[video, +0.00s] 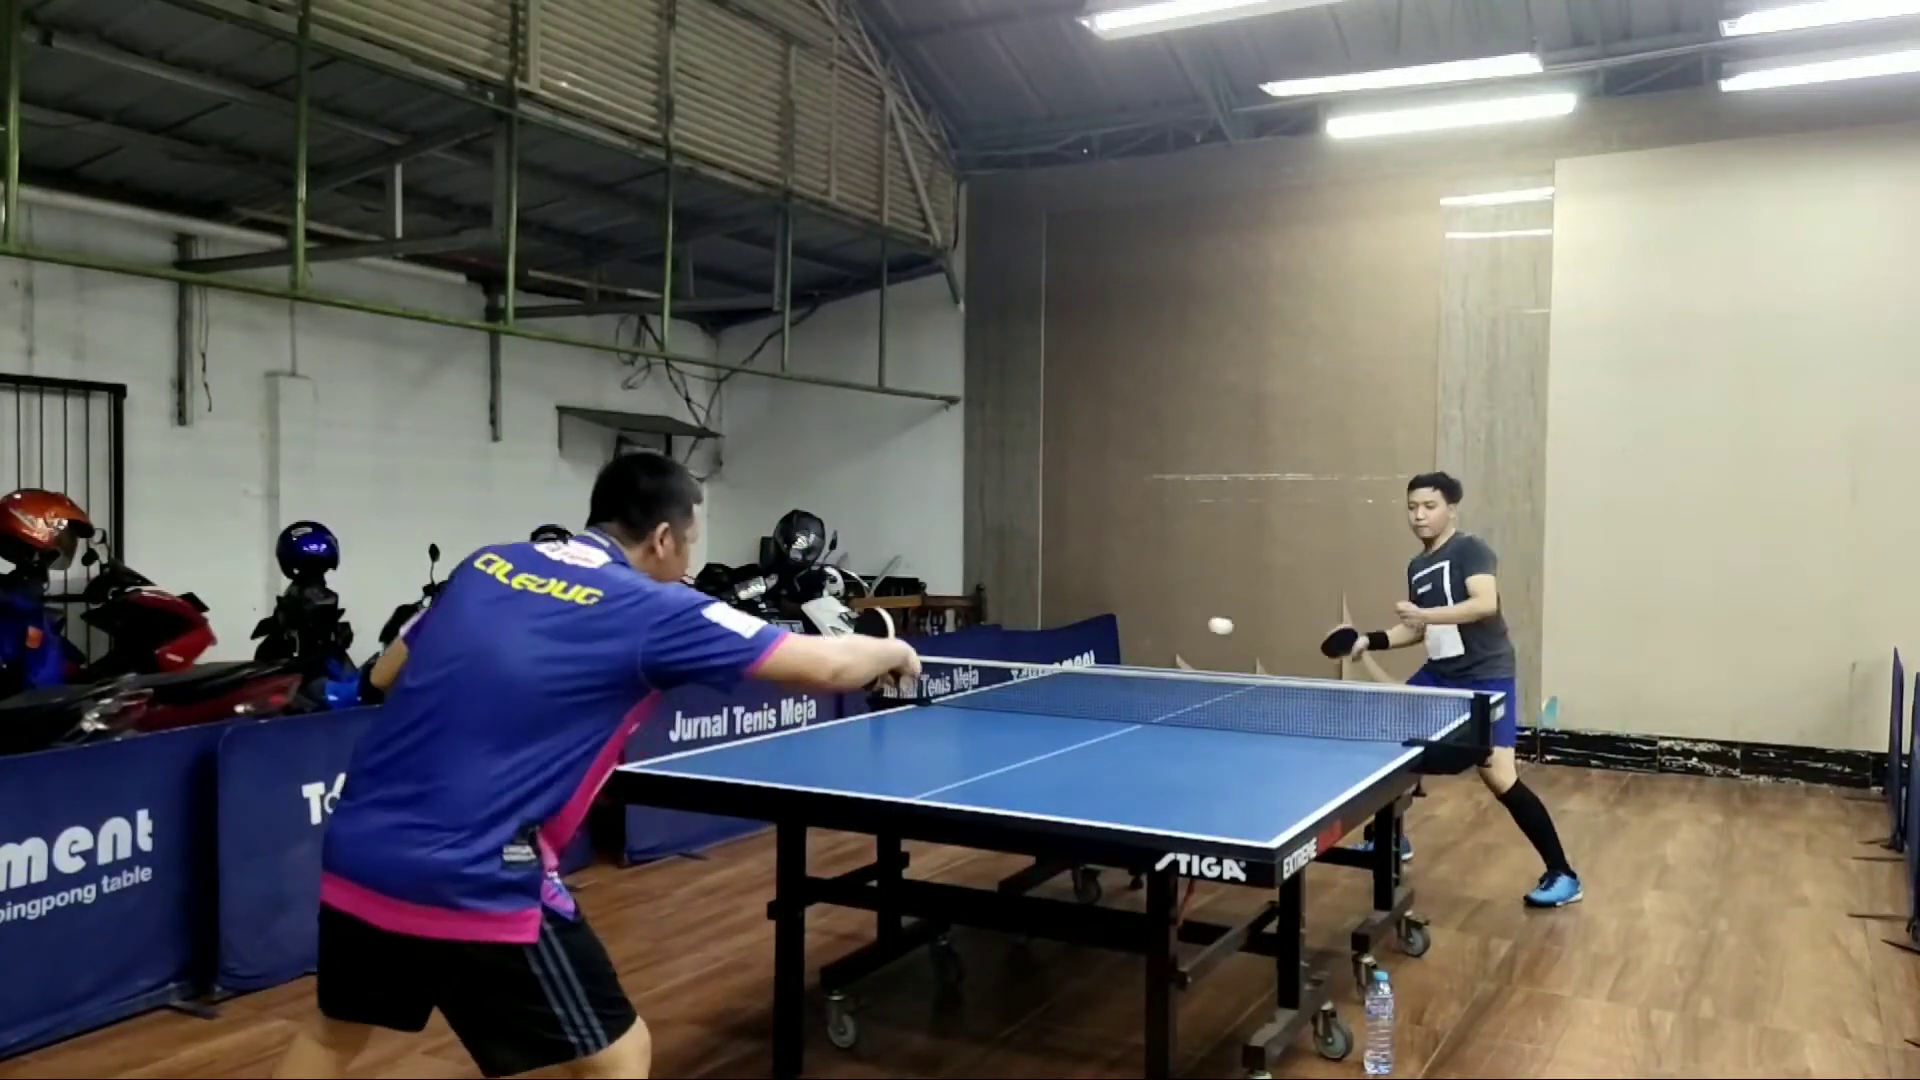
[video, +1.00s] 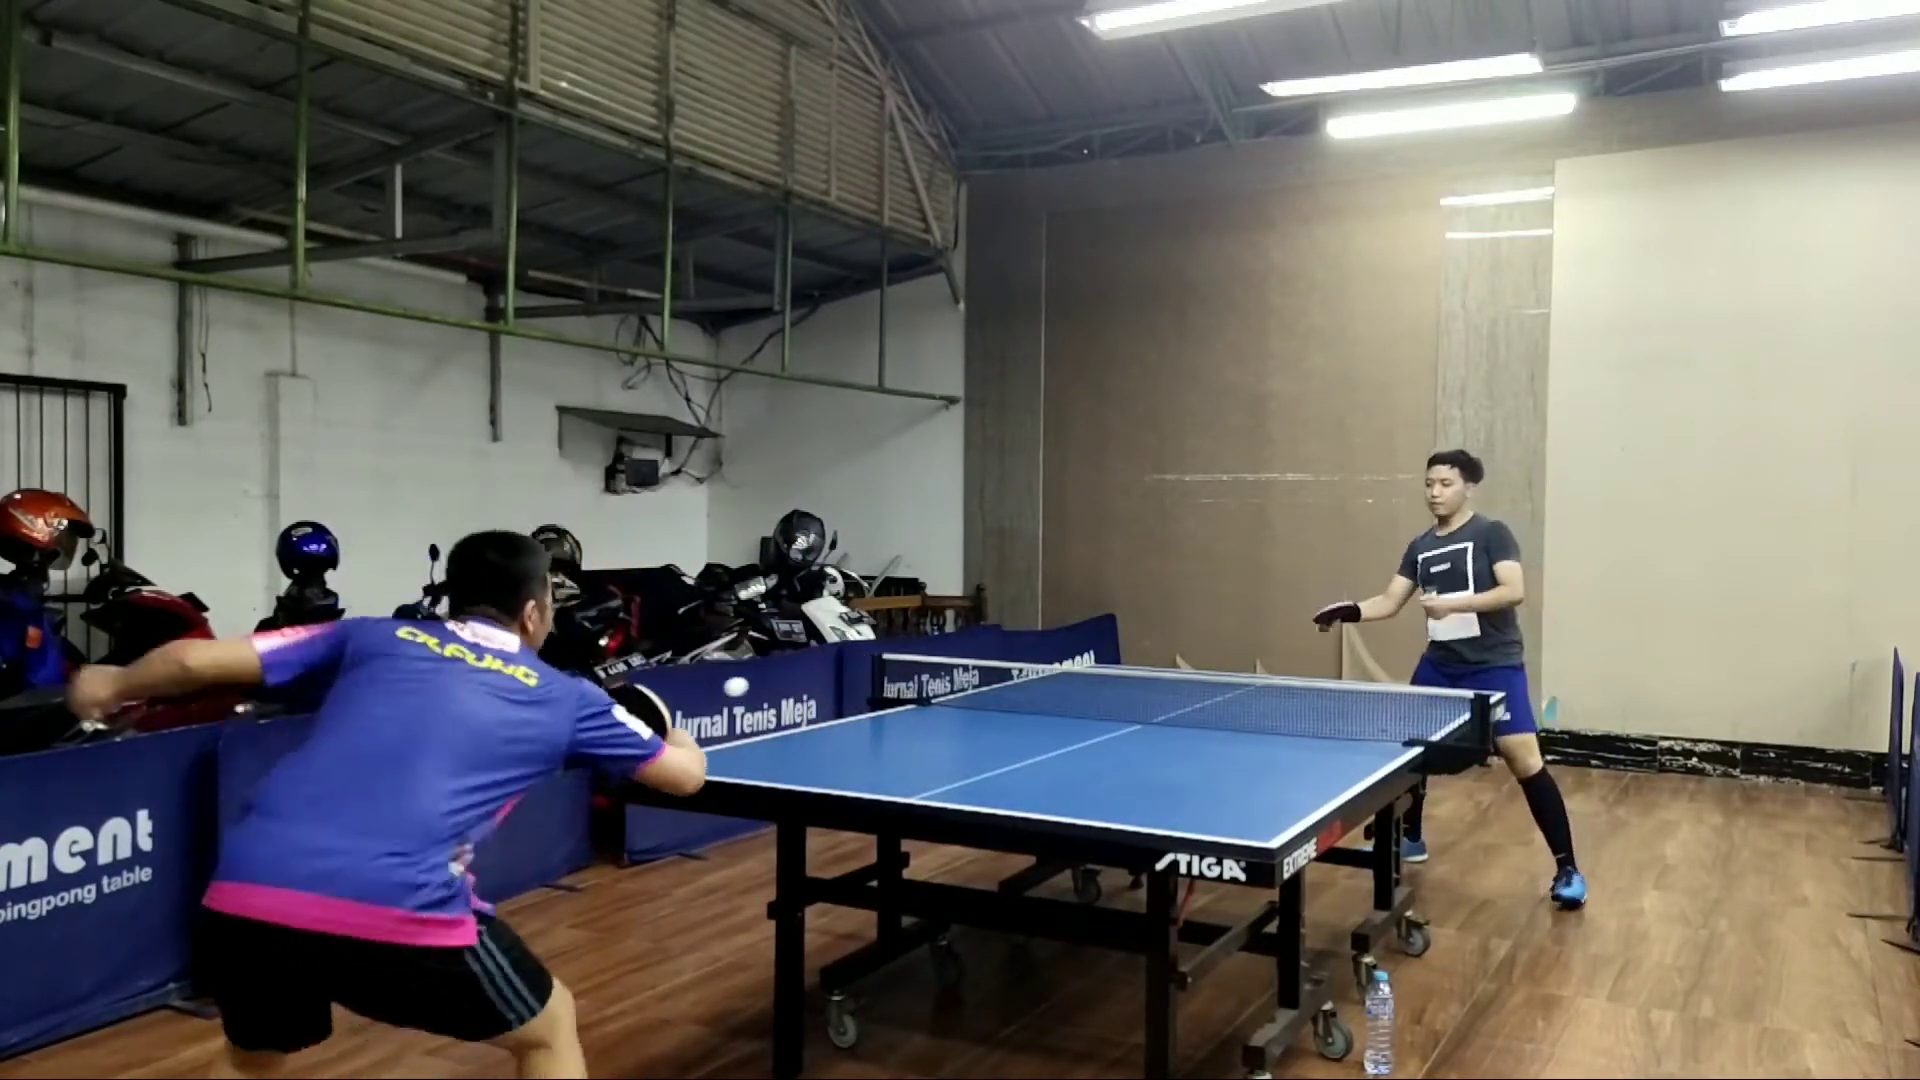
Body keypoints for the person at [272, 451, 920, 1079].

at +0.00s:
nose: (691, 559)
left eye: (692, 544)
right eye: (691, 544)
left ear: (595, 519)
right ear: (662, 537)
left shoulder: (486, 563)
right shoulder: (650, 608)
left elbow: (385, 675)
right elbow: (823, 666)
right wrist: (892, 652)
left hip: (353, 861)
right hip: (478, 883)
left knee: (332, 1038)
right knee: (616, 1054)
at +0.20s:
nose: (642, 545)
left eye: (643, 526)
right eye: (640, 526)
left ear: (544, 511)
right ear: (607, 526)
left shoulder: (437, 573)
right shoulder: (576, 599)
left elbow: (355, 687)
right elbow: (716, 684)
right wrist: (828, 665)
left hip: (323, 867)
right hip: (438, 880)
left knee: (313, 1047)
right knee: (587, 1053)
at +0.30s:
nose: (620, 534)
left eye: (620, 518)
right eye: (618, 518)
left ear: (525, 510)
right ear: (587, 523)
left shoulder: (432, 565)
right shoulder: (540, 595)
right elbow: (644, 713)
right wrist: (773, 714)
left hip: (292, 853)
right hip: (401, 867)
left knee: (304, 1045)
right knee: (542, 1058)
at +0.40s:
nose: (611, 524)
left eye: (613, 508)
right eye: (610, 508)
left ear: (515, 501)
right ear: (577, 513)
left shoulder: (428, 551)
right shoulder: (533, 584)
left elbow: (372, 682)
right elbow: (590, 736)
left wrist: (425, 791)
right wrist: (707, 763)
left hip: (265, 829)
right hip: (368, 844)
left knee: (278, 1035)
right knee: (497, 1058)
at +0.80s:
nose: (558, 582)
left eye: (560, 566)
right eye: (557, 566)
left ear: (459, 557)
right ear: (533, 568)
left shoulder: (367, 597)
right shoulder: (533, 652)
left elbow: (254, 712)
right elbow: (633, 799)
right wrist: (655, 787)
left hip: (212, 870)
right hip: (338, 883)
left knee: (249, 1046)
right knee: (493, 1062)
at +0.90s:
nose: (545, 606)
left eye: (546, 590)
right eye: (543, 590)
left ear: (444, 578)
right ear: (519, 597)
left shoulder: (351, 619)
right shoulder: (536, 681)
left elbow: (202, 682)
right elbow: (667, 790)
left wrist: (263, 724)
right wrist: (651, 740)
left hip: (216, 892)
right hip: (352, 904)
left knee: (250, 1051)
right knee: (533, 1027)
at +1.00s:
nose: (552, 616)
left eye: (549, 601)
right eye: (550, 603)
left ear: (451, 596)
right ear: (531, 614)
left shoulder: (368, 635)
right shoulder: (562, 697)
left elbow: (206, 660)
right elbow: (686, 775)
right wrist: (657, 729)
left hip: (249, 904)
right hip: (399, 923)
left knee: (254, 1057)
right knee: (548, 1030)